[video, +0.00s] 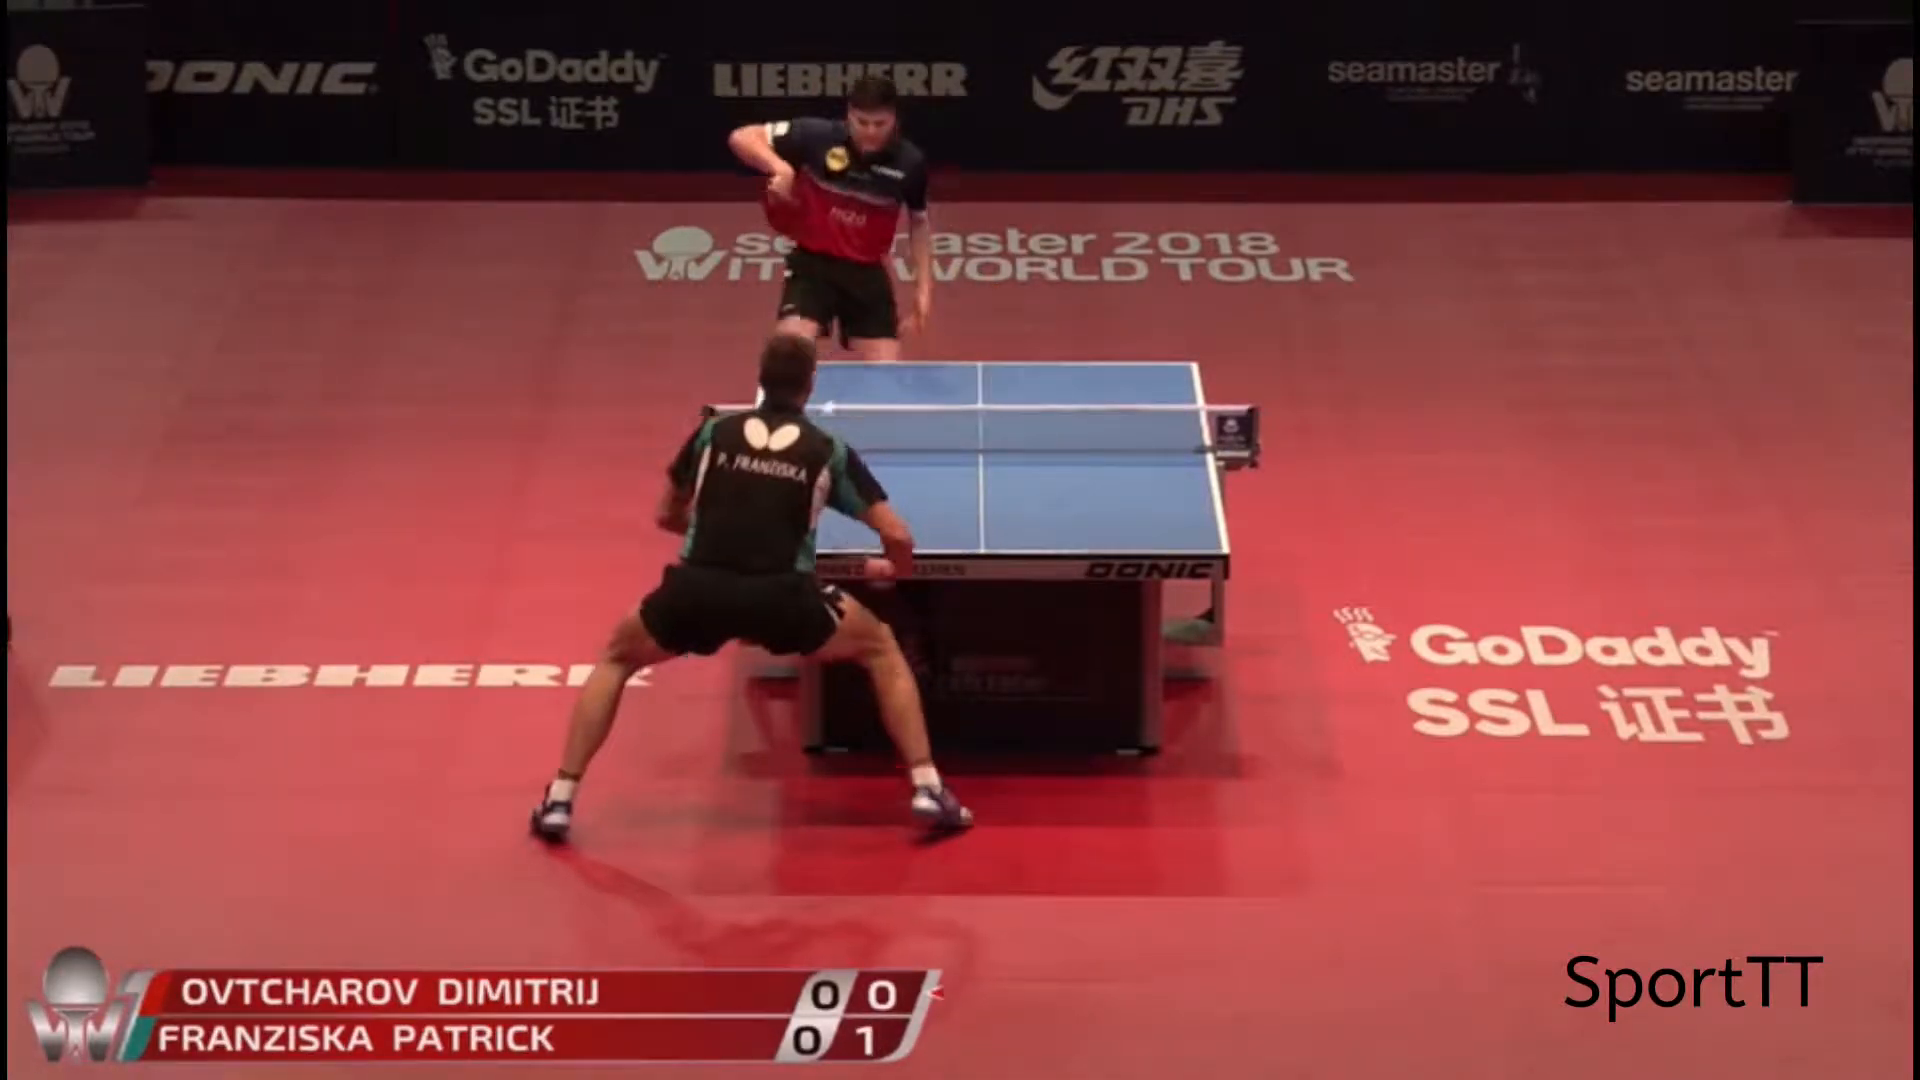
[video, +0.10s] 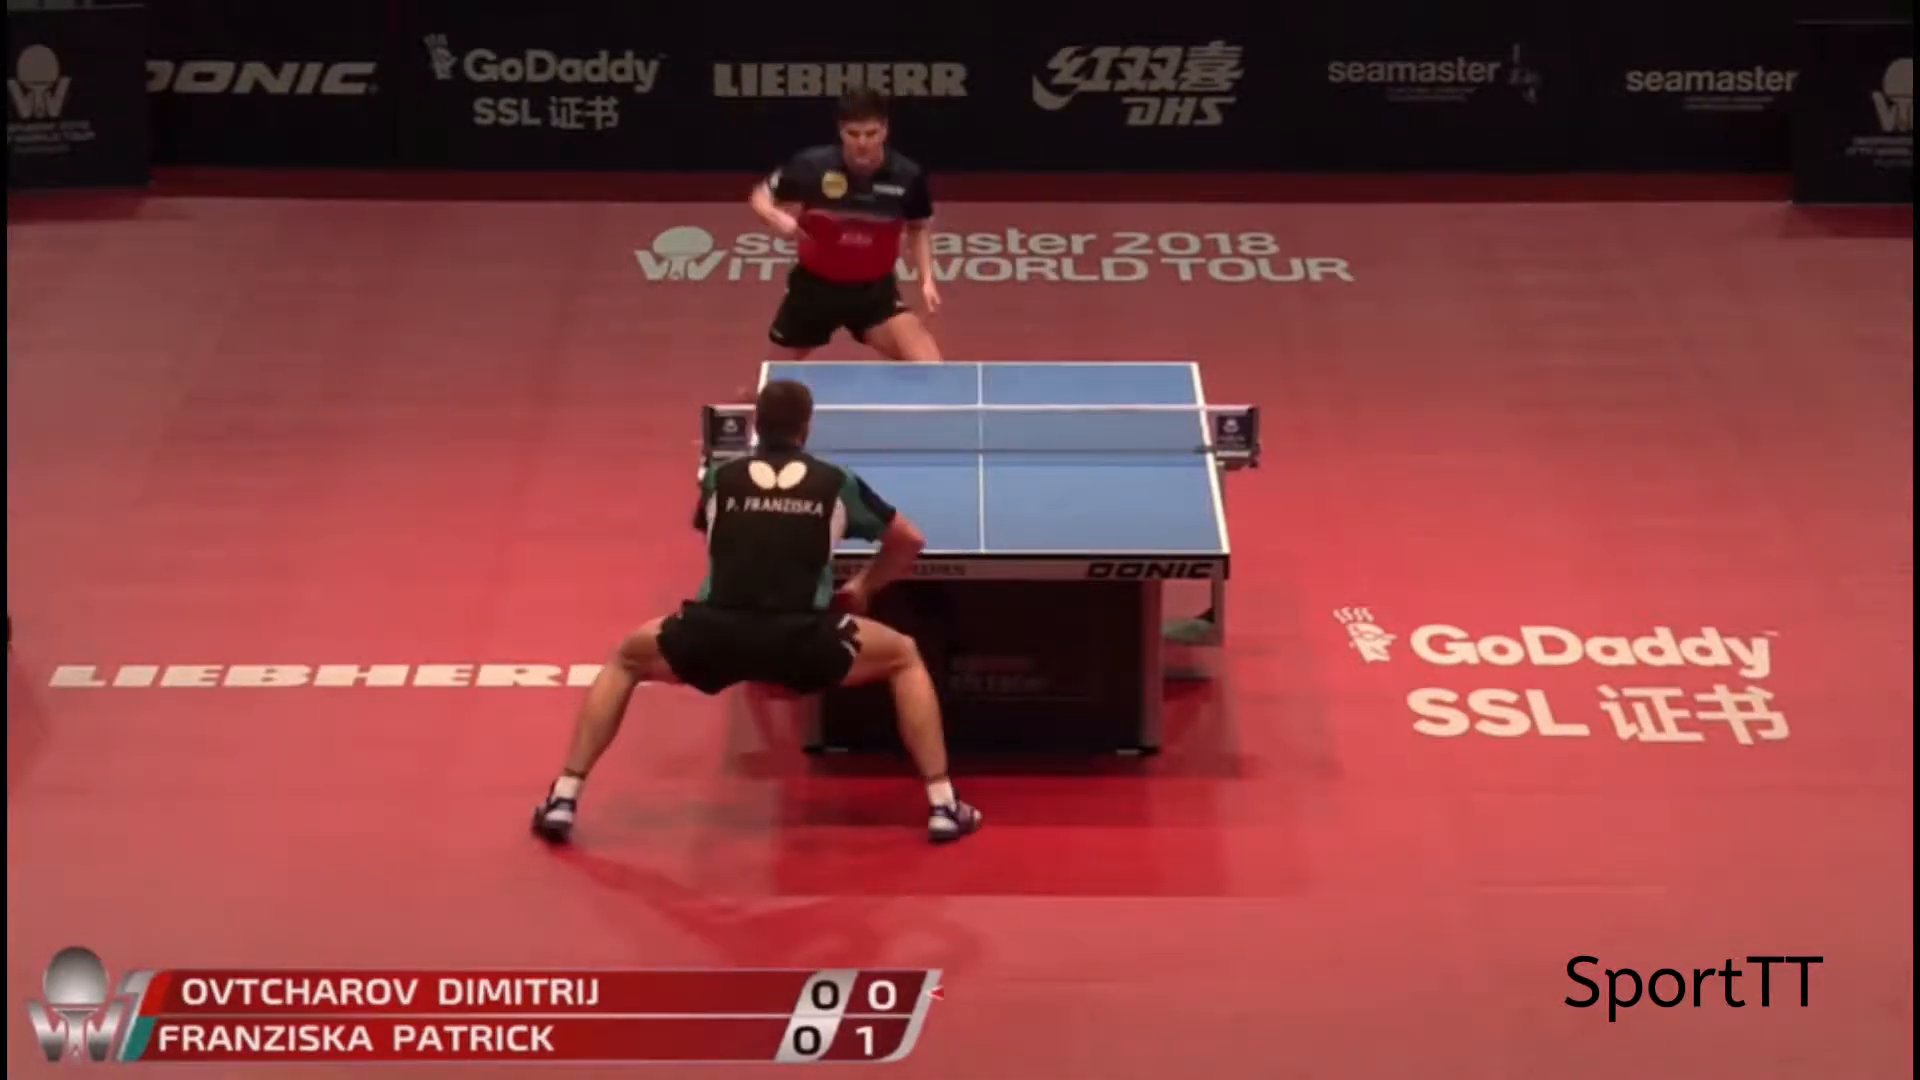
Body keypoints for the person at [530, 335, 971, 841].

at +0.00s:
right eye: (808, 372)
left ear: (760, 377)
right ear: (810, 384)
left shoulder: (714, 430)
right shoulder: (828, 449)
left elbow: (669, 514)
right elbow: (897, 535)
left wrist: (705, 527)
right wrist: (898, 569)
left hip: (699, 592)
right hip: (783, 599)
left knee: (617, 659)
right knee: (879, 648)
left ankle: (560, 798)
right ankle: (928, 788)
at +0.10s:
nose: (781, 426)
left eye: (769, 418)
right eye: (797, 420)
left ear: (757, 424)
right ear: (807, 428)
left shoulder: (722, 475)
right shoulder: (835, 480)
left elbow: (699, 526)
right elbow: (906, 539)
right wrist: (866, 589)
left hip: (716, 634)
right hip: (800, 640)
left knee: (626, 662)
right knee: (903, 658)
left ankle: (563, 797)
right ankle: (944, 804)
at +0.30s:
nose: (794, 419)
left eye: (779, 409)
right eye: (793, 412)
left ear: (739, 412)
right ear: (789, 418)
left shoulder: (695, 465)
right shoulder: (807, 474)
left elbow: (639, 514)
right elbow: (904, 509)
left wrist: (664, 481)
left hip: (686, 633)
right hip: (768, 639)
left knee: (615, 665)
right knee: (883, 662)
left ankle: (557, 796)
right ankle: (943, 806)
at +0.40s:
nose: (788, 409)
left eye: (779, 399)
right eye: (787, 401)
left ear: (734, 400)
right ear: (781, 406)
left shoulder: (684, 453)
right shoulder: (793, 465)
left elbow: (625, 507)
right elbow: (882, 511)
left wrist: (641, 479)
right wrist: (968, 495)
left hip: (677, 623)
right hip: (759, 628)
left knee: (610, 665)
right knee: (874, 667)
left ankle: (556, 797)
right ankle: (942, 803)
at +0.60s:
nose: (778, 359)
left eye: (775, 351)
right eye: (777, 352)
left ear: (721, 352)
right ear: (769, 358)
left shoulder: (672, 402)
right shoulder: (762, 423)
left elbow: (614, 473)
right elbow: (803, 515)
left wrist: (662, 496)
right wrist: (885, 526)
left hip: (636, 567)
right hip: (709, 578)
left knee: (603, 673)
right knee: (823, 667)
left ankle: (548, 806)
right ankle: (863, 820)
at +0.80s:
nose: (784, 363)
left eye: (779, 354)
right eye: (783, 356)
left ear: (726, 356)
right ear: (773, 362)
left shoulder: (677, 409)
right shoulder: (772, 432)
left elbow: (620, 496)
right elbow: (788, 541)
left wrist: (655, 537)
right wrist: (848, 571)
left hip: (634, 566)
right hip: (706, 580)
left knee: (598, 681)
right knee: (789, 714)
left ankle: (536, 810)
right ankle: (779, 858)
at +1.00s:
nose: (725, 355)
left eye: (720, 346)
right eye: (723, 347)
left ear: (666, 348)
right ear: (713, 351)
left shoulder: (619, 411)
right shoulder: (720, 421)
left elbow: (585, 503)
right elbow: (728, 524)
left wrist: (634, 527)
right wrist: (769, 573)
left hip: (611, 579)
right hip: (683, 586)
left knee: (589, 710)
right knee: (746, 722)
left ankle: (538, 838)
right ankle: (767, 878)